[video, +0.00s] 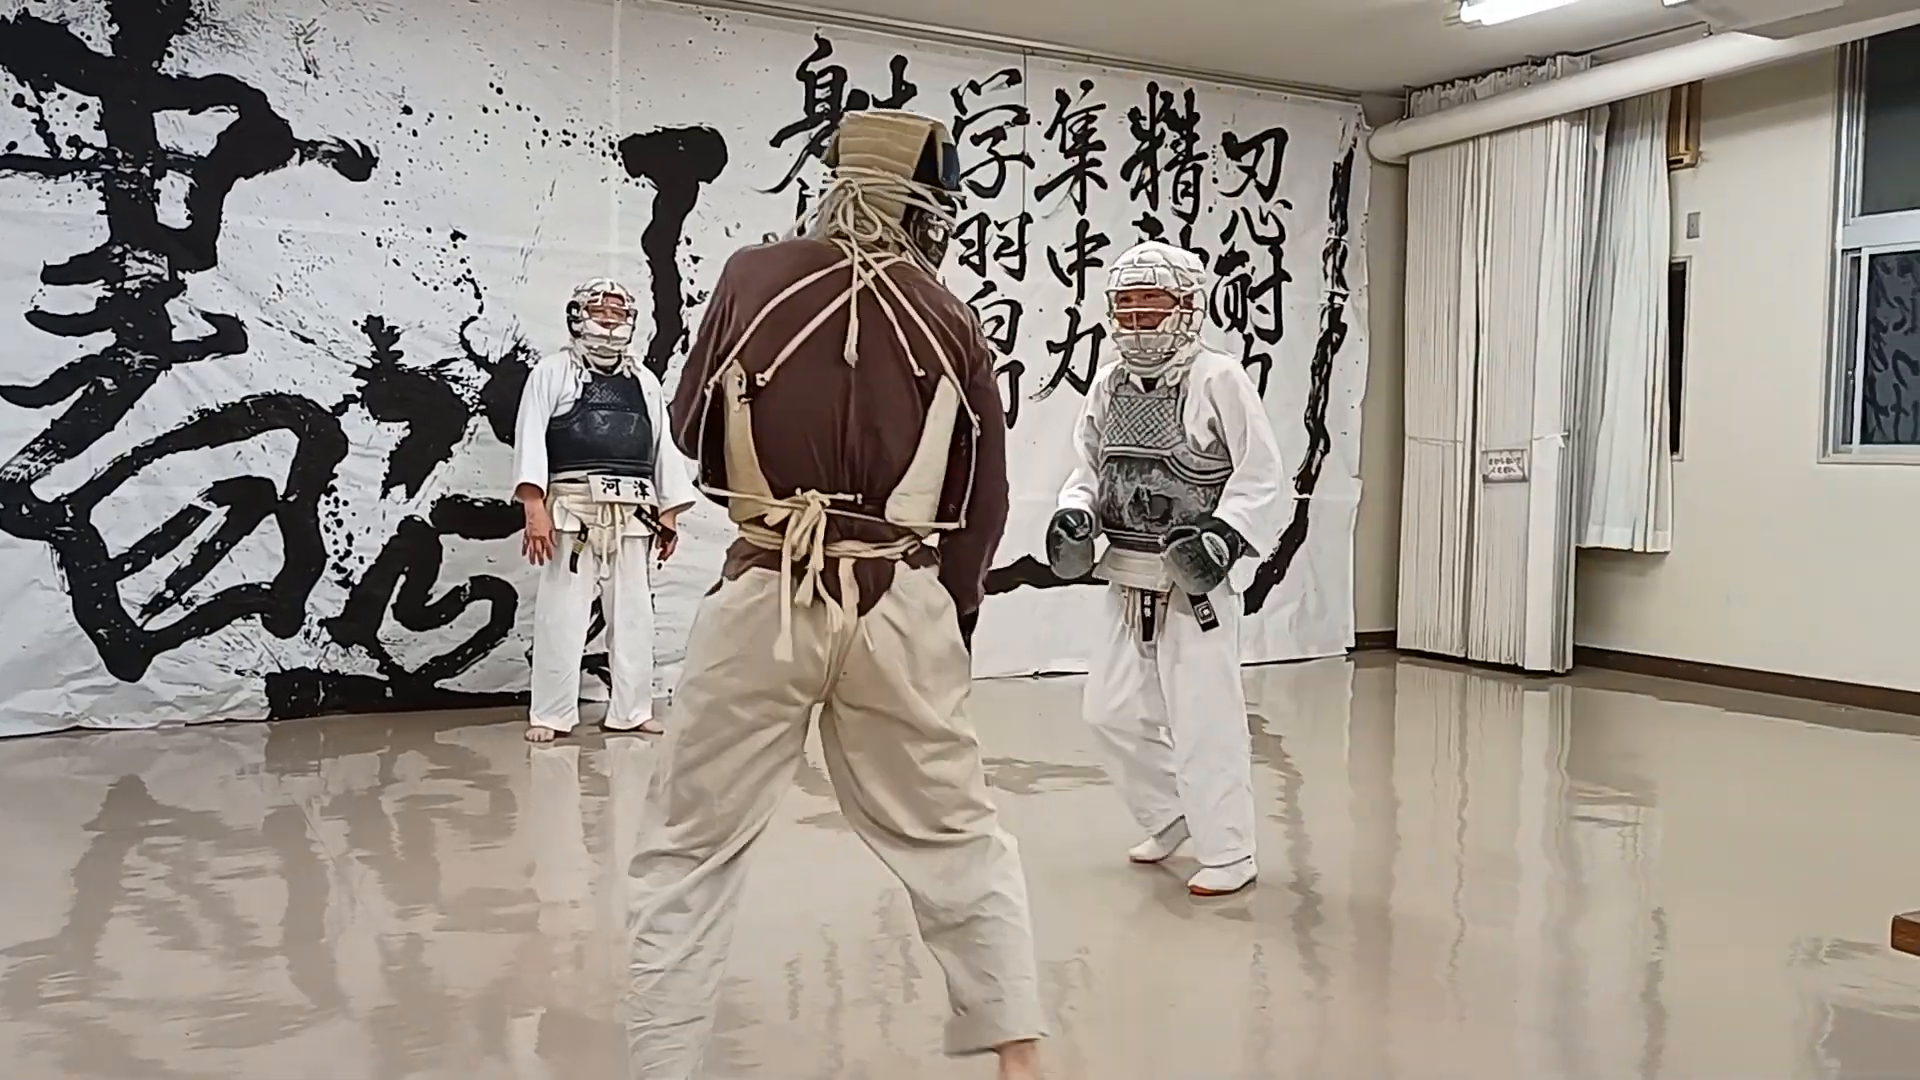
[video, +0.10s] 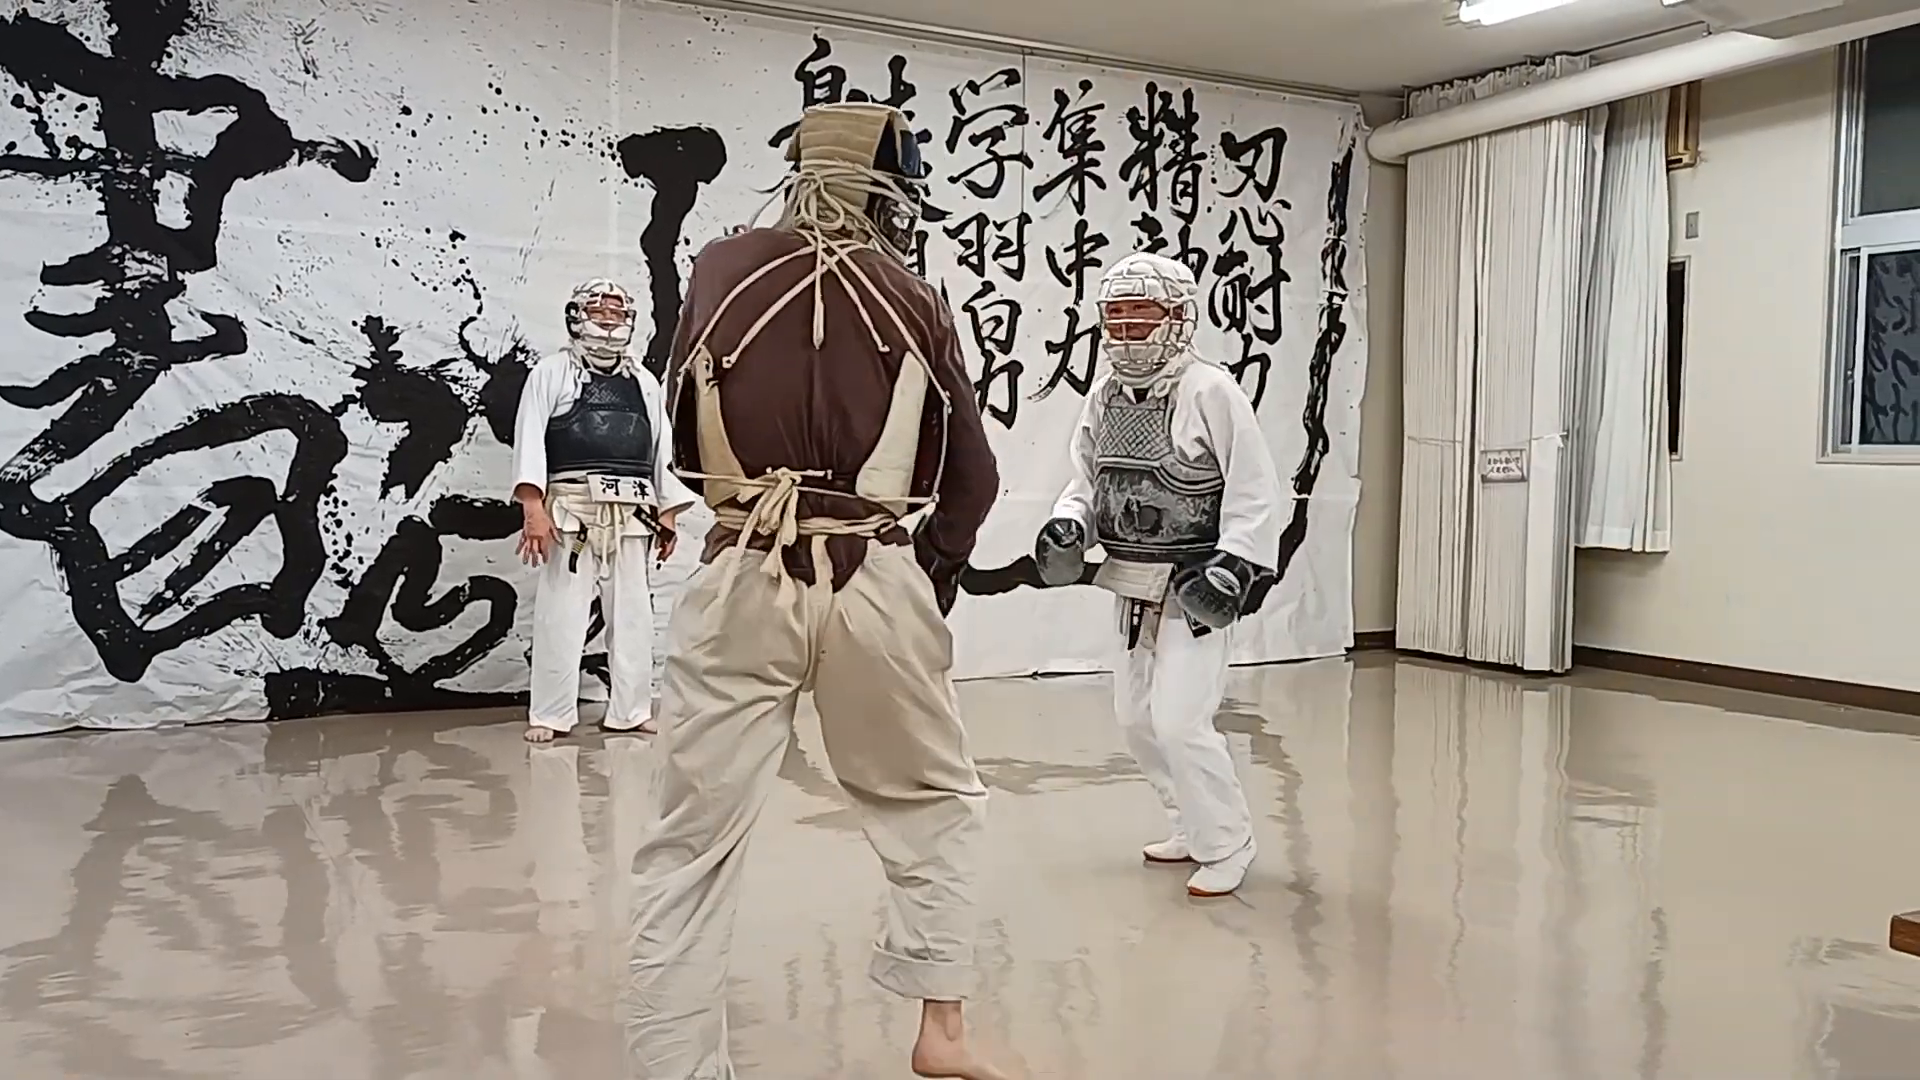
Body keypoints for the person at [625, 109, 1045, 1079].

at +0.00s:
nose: (952, 211)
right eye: (945, 200)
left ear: (833, 192)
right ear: (929, 206)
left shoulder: (754, 272)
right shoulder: (954, 323)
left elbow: (695, 428)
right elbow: (981, 504)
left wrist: (773, 508)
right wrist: (943, 627)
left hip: (758, 602)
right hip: (905, 609)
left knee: (689, 846)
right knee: (956, 831)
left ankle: (662, 1064)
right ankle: (1020, 1056)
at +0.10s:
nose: (911, 199)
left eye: (907, 185)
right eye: (906, 186)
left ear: (798, 180)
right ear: (885, 190)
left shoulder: (719, 264)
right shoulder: (914, 297)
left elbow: (687, 434)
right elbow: (974, 476)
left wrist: (748, 497)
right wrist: (931, 567)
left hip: (736, 582)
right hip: (875, 581)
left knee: (688, 844)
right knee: (926, 798)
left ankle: (668, 1064)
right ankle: (943, 1027)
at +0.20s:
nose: (894, 219)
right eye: (887, 207)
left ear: (785, 205)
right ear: (867, 212)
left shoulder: (713, 283)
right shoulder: (890, 309)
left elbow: (680, 448)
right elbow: (980, 476)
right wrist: (891, 464)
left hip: (720, 594)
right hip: (854, 596)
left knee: (677, 842)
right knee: (903, 797)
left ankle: (674, 1062)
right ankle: (941, 999)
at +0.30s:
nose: (905, 256)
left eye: (903, 243)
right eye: (900, 243)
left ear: (798, 231)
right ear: (879, 245)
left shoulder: (722, 307)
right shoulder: (895, 339)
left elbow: (684, 458)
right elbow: (998, 447)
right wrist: (973, 372)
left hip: (712, 606)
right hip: (838, 608)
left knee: (673, 849)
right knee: (881, 799)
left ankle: (674, 1066)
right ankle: (929, 988)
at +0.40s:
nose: (920, 291)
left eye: (916, 279)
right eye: (915, 279)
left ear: (816, 270)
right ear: (896, 281)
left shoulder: (739, 336)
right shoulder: (905, 370)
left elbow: (715, 452)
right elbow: (993, 454)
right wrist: (998, 371)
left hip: (730, 625)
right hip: (846, 631)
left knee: (663, 853)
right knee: (880, 810)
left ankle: (666, 1053)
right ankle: (926, 992)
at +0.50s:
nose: (913, 295)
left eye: (912, 281)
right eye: (909, 281)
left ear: (814, 267)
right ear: (886, 280)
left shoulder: (728, 328)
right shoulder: (891, 366)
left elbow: (690, 462)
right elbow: (971, 482)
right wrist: (983, 399)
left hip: (708, 604)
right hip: (826, 611)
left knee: (635, 820)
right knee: (865, 803)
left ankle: (657, 1017)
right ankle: (928, 996)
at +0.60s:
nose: (877, 288)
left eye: (879, 272)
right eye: (870, 272)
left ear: (781, 260)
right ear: (843, 271)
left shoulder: (691, 331)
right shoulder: (858, 361)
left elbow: (661, 476)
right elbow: (907, 507)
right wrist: (951, 479)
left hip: (686, 595)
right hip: (804, 601)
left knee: (591, 797)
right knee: (862, 801)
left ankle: (573, 995)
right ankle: (929, 995)